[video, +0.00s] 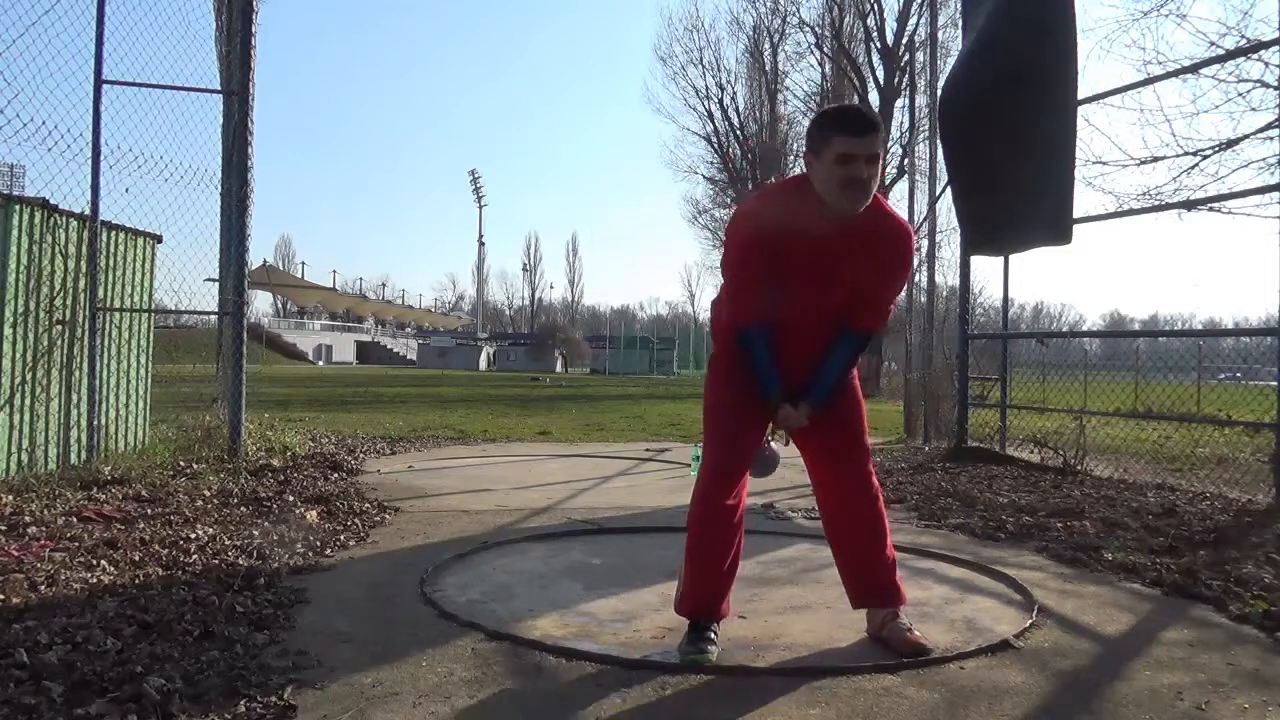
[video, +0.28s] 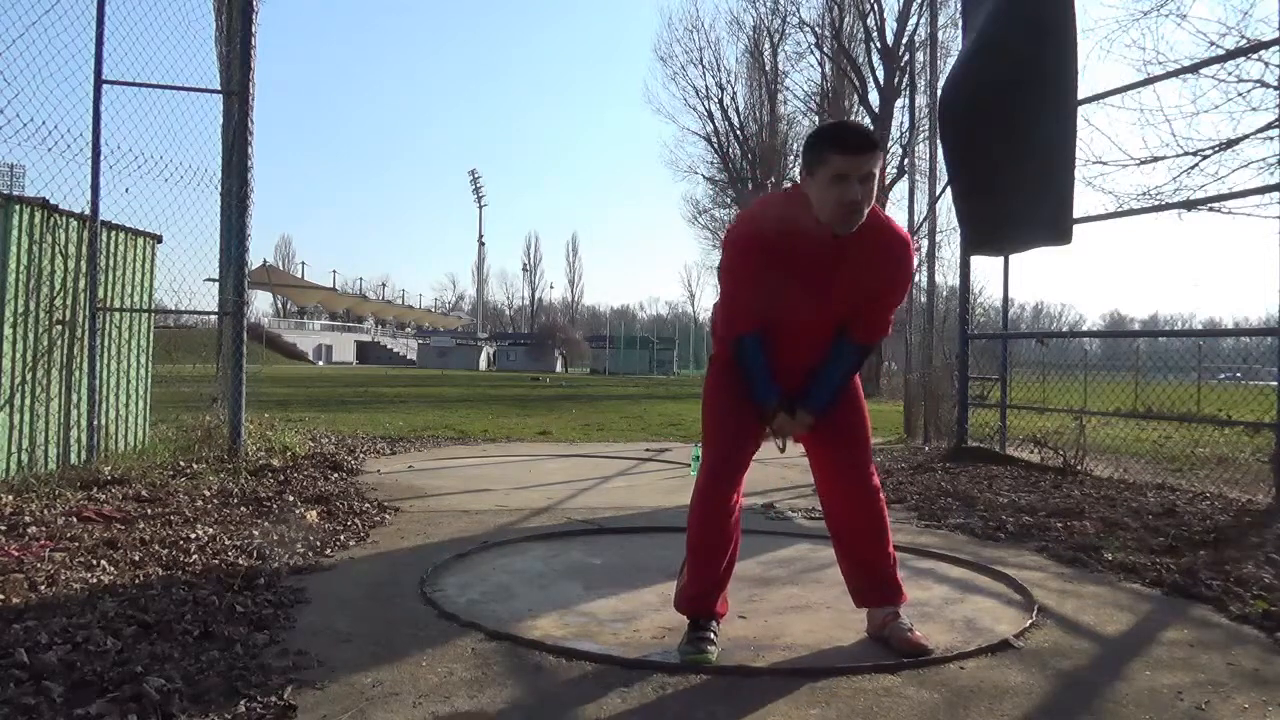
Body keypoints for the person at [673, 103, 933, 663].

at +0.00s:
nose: (859, 173)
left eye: (870, 159)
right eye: (843, 160)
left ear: (881, 163)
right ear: (810, 161)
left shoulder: (893, 238)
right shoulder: (759, 215)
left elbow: (858, 333)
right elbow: (747, 319)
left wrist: (812, 399)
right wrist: (773, 396)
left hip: (827, 362)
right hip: (747, 353)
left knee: (854, 477)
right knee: (721, 480)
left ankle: (885, 614)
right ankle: (703, 620)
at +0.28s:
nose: (857, 193)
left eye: (867, 179)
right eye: (842, 179)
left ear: (878, 181)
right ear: (807, 178)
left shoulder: (892, 248)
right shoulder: (754, 229)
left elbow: (860, 340)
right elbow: (741, 324)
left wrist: (812, 404)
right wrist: (768, 398)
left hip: (830, 371)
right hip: (746, 362)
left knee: (857, 483)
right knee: (718, 483)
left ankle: (885, 614)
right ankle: (703, 618)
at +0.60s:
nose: (824, 95)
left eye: (832, 87)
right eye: (809, 87)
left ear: (843, 104)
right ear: (778, 102)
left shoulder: (867, 178)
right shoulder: (742, 174)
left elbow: (863, 273)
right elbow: (746, 270)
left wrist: (838, 351)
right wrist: (796, 347)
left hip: (838, 351)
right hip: (751, 350)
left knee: (865, 477)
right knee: (722, 479)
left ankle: (885, 614)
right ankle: (704, 619)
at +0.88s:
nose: (804, 86)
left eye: (813, 80)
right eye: (789, 80)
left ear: (826, 101)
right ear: (763, 102)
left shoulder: (854, 159)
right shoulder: (740, 158)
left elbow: (887, 215)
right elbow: (753, 209)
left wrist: (904, 206)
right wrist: (833, 196)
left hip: (840, 354)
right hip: (756, 356)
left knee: (867, 483)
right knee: (730, 485)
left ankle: (885, 614)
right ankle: (704, 619)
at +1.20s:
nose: (805, 85)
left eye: (814, 80)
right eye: (790, 78)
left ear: (826, 100)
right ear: (765, 99)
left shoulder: (842, 149)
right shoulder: (743, 150)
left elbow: (881, 162)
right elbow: (752, 206)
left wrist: (881, 134)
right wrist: (855, 180)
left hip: (838, 349)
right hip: (757, 350)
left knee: (866, 482)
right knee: (728, 485)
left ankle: (886, 615)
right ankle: (704, 618)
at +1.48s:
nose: (810, 91)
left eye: (818, 84)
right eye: (796, 84)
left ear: (830, 101)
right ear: (769, 100)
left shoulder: (861, 168)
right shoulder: (741, 165)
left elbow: (869, 242)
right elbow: (748, 241)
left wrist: (855, 293)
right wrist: (812, 294)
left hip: (831, 354)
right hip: (749, 354)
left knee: (862, 478)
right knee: (720, 482)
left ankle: (885, 615)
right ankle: (704, 619)